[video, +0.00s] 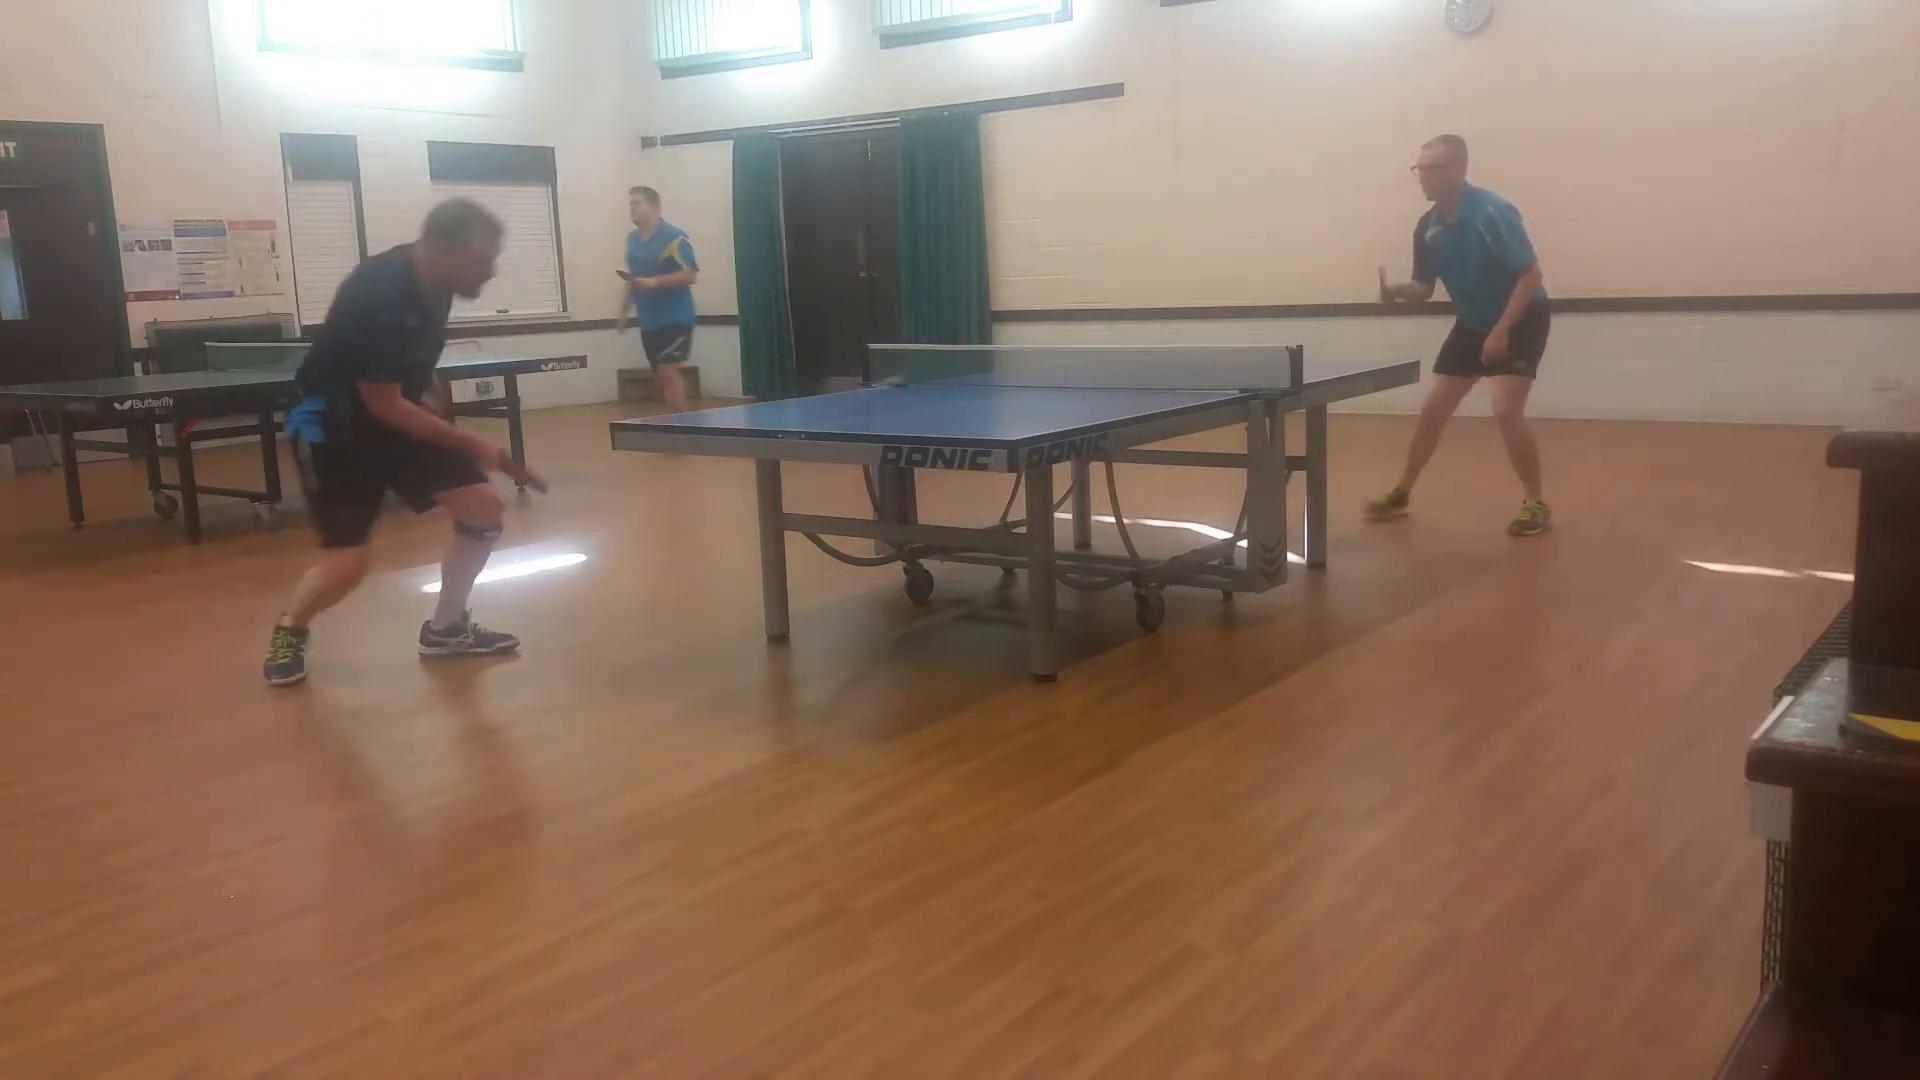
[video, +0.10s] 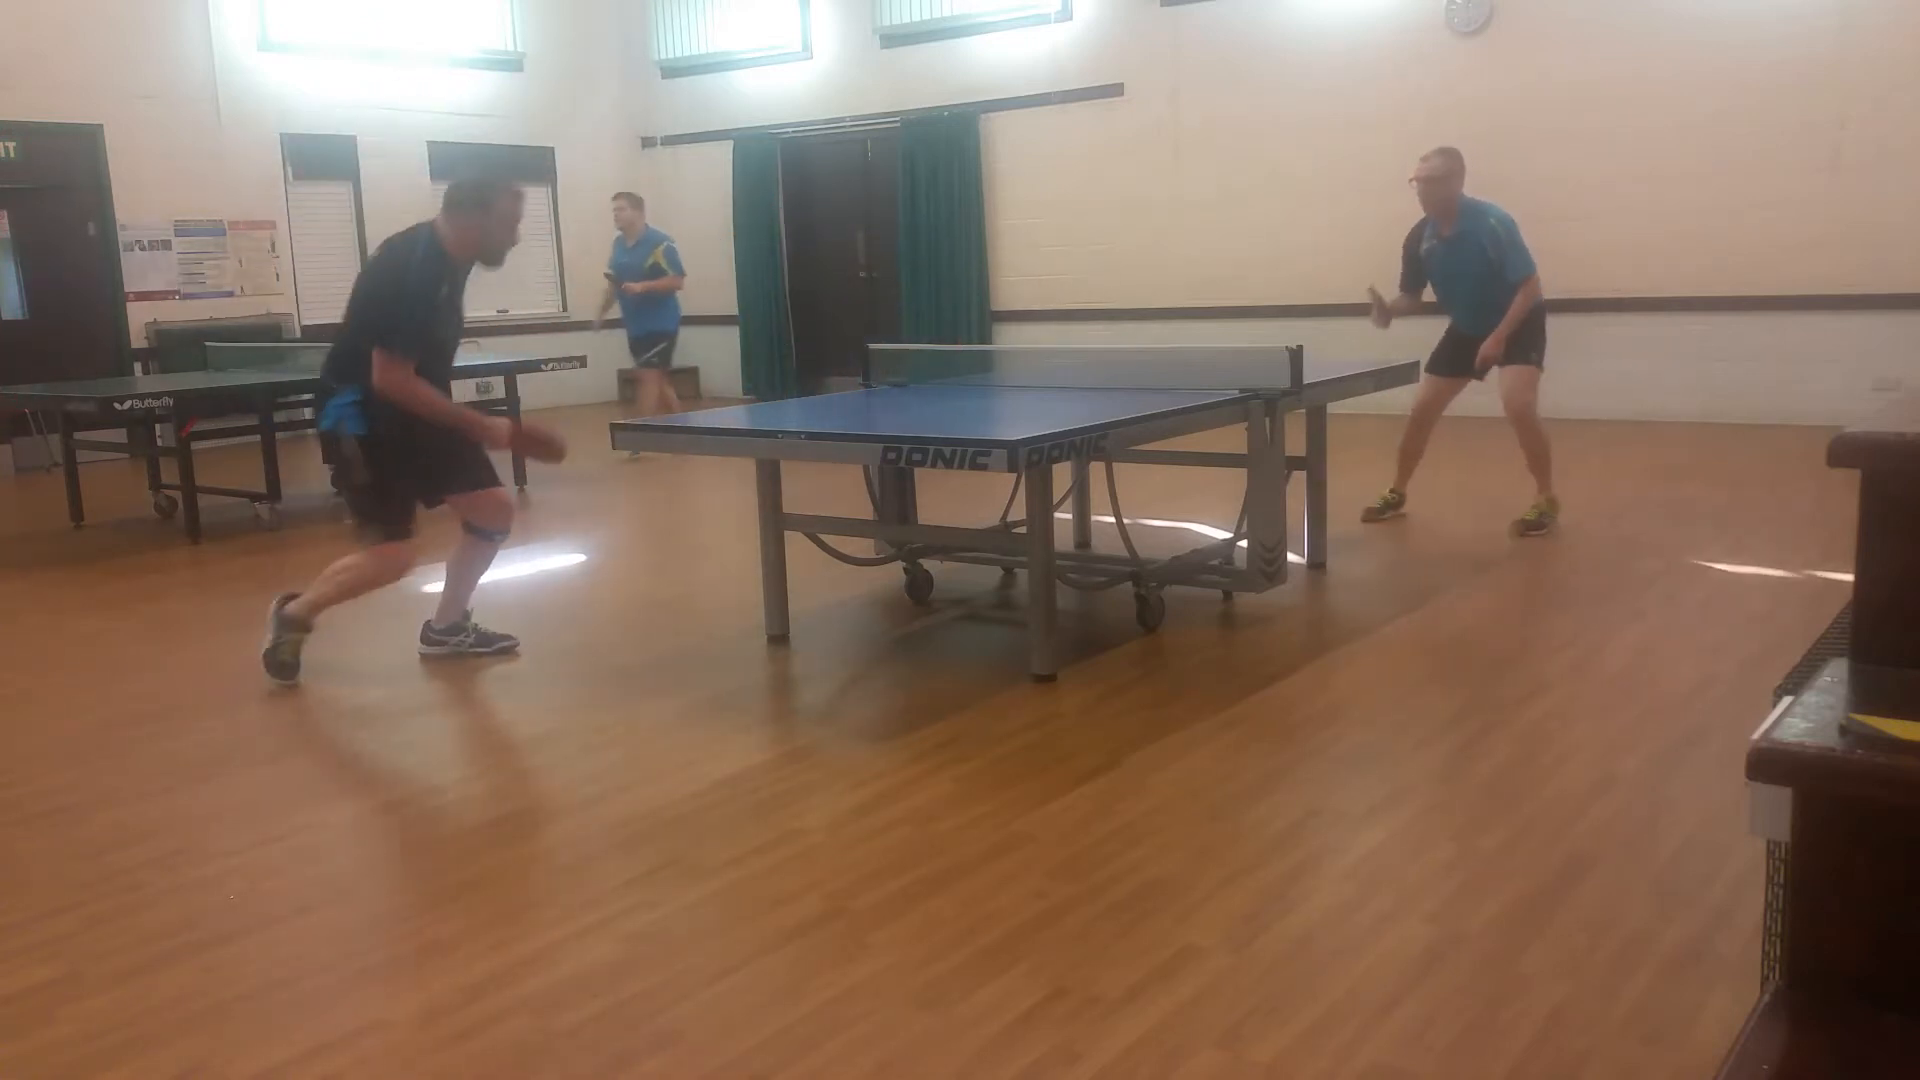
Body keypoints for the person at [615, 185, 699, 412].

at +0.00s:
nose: (631, 208)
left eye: (636, 203)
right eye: (630, 204)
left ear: (653, 206)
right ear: (631, 208)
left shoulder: (675, 236)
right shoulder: (633, 239)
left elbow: (690, 274)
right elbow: (633, 279)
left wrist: (655, 281)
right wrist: (624, 313)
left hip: (676, 317)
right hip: (649, 320)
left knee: (668, 372)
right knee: (662, 375)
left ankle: (682, 424)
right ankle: (677, 424)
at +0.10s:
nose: (615, 215)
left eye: (620, 210)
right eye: (614, 211)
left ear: (638, 212)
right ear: (615, 215)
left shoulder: (660, 242)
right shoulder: (619, 244)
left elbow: (677, 280)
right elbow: (614, 284)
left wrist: (642, 287)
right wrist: (602, 312)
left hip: (661, 323)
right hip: (635, 324)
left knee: (648, 377)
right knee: (658, 381)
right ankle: (685, 432)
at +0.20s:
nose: (599, 224)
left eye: (604, 219)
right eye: (598, 220)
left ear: (621, 220)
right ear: (601, 223)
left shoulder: (644, 250)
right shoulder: (607, 250)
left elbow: (662, 289)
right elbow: (608, 288)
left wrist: (629, 296)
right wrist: (591, 305)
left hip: (644, 329)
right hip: (619, 329)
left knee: (623, 377)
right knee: (622, 384)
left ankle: (631, 442)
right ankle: (667, 425)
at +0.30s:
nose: (584, 224)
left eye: (589, 219)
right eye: (583, 219)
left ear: (606, 219)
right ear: (588, 222)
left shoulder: (631, 248)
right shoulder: (594, 249)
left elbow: (648, 288)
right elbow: (600, 287)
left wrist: (613, 298)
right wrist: (587, 301)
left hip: (632, 330)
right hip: (606, 329)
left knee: (615, 378)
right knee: (606, 380)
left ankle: (633, 440)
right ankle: (630, 438)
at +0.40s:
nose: (573, 217)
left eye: (577, 211)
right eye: (571, 212)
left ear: (595, 211)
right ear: (574, 214)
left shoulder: (619, 240)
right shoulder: (580, 241)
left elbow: (637, 280)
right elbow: (589, 281)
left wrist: (603, 292)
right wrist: (581, 308)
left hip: (623, 322)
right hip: (594, 321)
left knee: (618, 375)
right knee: (576, 367)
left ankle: (627, 439)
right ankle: (598, 429)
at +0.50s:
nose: (563, 217)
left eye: (568, 212)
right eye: (561, 212)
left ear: (585, 212)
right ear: (562, 214)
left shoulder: (610, 240)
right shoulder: (565, 242)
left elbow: (628, 279)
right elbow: (571, 284)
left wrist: (594, 292)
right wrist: (568, 316)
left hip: (615, 318)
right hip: (584, 318)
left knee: (611, 375)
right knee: (569, 373)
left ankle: (624, 442)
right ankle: (562, 432)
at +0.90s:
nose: (554, 228)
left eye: (557, 221)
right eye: (551, 222)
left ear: (566, 222)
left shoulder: (587, 252)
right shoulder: (544, 255)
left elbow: (602, 293)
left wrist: (569, 302)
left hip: (598, 328)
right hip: (566, 329)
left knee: (606, 380)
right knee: (549, 382)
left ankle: (627, 443)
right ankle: (555, 447)